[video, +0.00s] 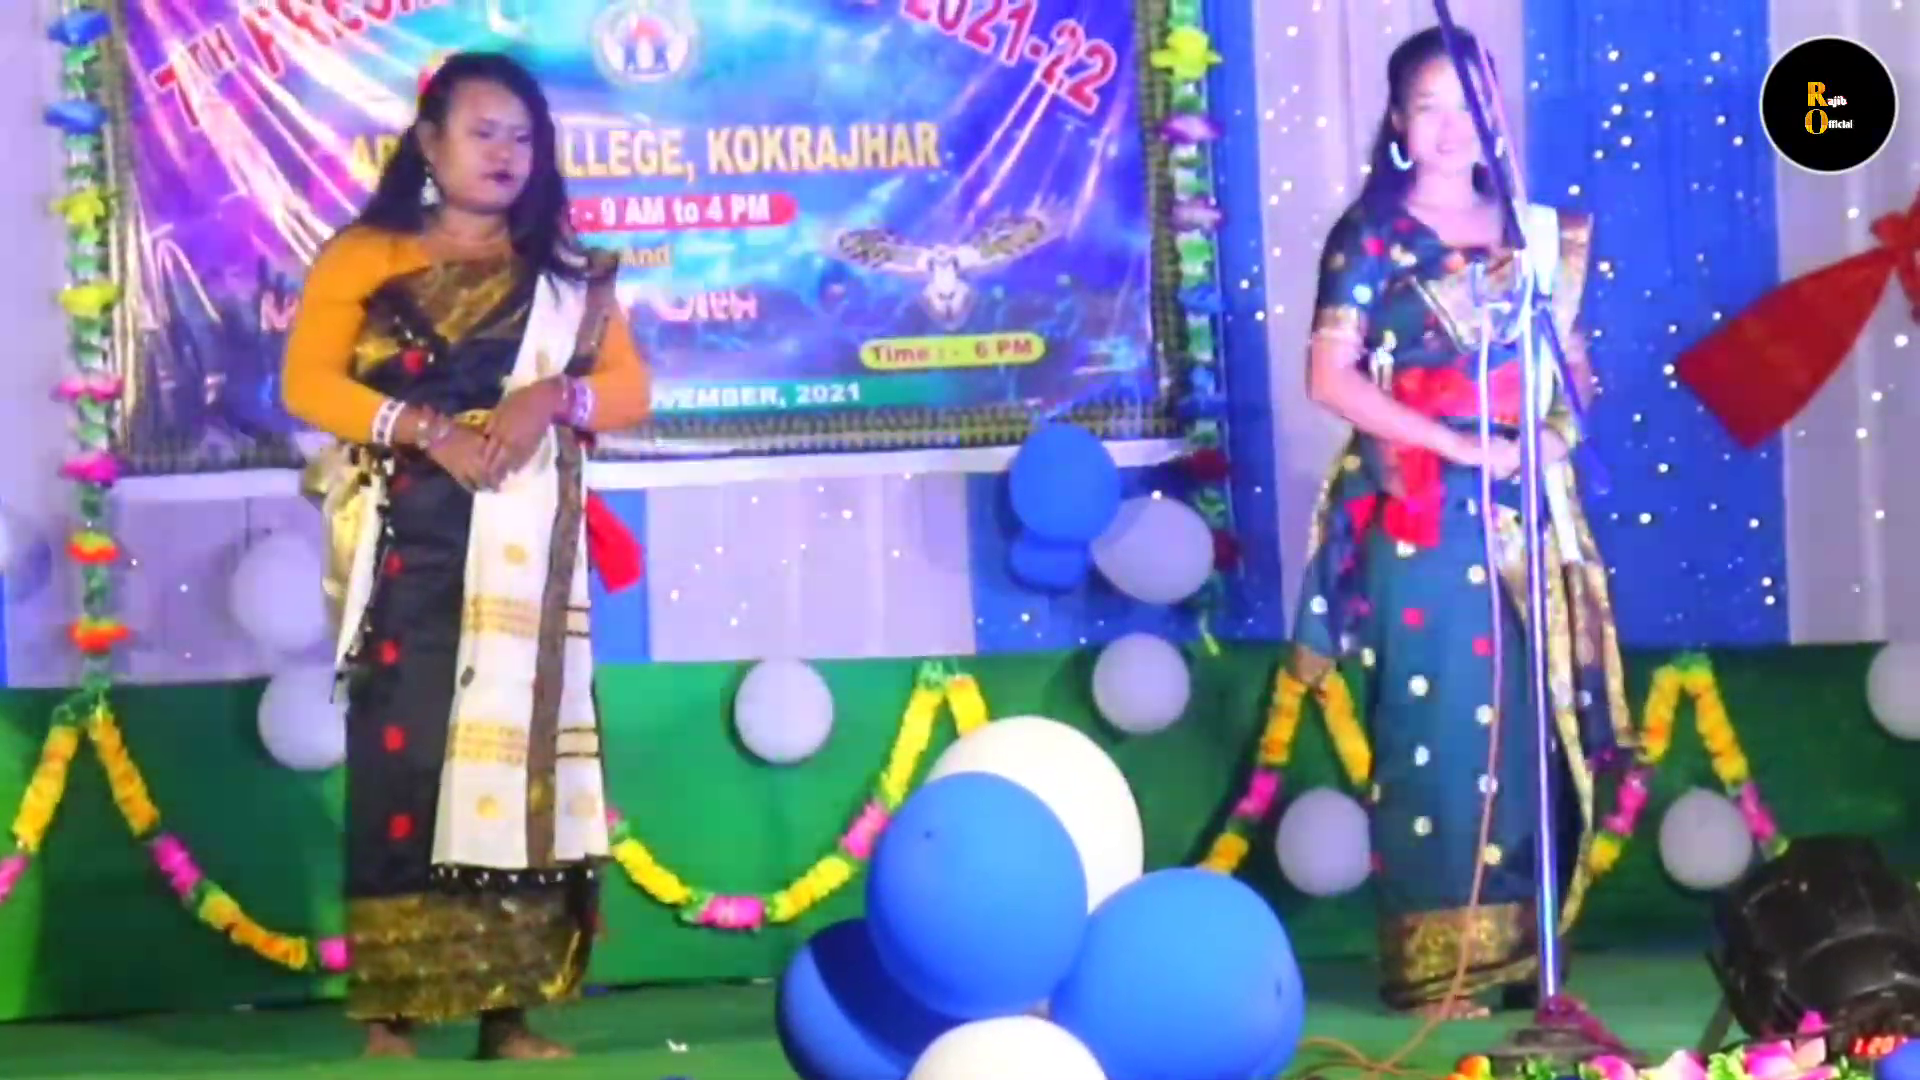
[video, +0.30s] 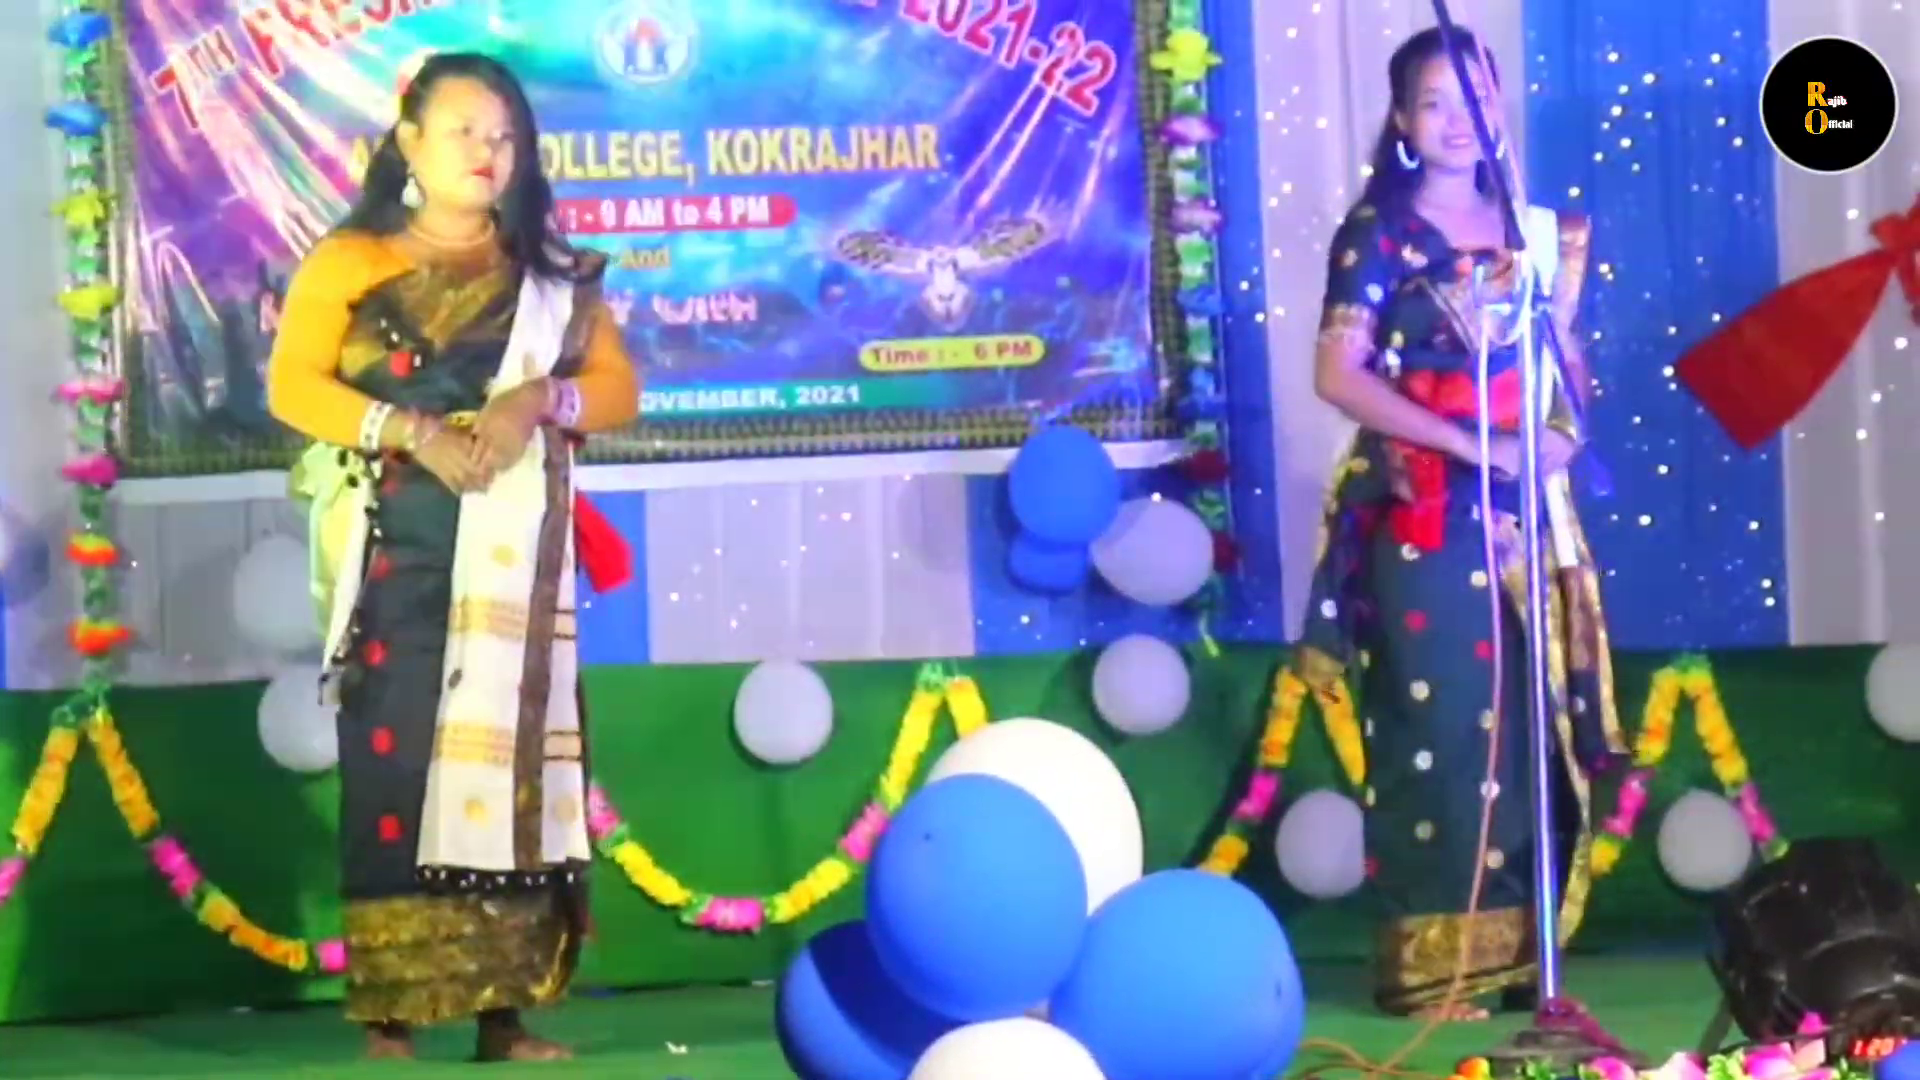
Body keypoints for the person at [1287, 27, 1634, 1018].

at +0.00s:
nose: (1444, 127)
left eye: (1460, 109)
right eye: (1425, 110)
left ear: (1488, 117)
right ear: (1399, 120)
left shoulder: (1530, 229)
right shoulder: (1371, 235)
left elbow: (1566, 382)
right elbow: (1329, 377)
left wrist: (1568, 301)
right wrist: (1458, 443)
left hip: (1531, 510)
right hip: (1427, 515)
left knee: (1538, 723)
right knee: (1441, 726)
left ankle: (1529, 957)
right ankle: (1440, 963)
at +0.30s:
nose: (1456, 122)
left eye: (1471, 103)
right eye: (1434, 105)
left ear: (1495, 112)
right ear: (1403, 119)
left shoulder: (1528, 227)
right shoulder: (1378, 232)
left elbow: (1566, 380)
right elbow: (1337, 374)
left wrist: (1564, 307)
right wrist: (1471, 443)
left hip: (1529, 509)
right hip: (1427, 516)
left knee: (1540, 728)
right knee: (1445, 730)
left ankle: (1531, 962)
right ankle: (1435, 965)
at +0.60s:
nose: (1456, 123)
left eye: (1470, 105)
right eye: (1435, 108)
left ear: (1494, 115)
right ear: (1405, 122)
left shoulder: (1528, 228)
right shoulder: (1377, 233)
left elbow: (1553, 359)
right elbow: (1336, 377)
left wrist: (1554, 435)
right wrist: (1460, 450)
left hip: (1523, 507)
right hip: (1427, 514)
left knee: (1534, 722)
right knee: (1442, 723)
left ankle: (1523, 955)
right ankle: (1434, 960)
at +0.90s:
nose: (1451, 129)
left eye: (1467, 112)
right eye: (1431, 113)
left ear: (1492, 119)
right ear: (1401, 124)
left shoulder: (1529, 230)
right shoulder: (1371, 235)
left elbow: (1561, 363)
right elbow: (1330, 377)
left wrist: (1551, 424)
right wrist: (1451, 447)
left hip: (1524, 512)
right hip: (1421, 518)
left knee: (1533, 725)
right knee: (1437, 728)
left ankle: (1522, 961)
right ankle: (1429, 966)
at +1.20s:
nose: (1444, 131)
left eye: (1462, 114)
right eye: (1426, 114)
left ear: (1489, 123)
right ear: (1397, 125)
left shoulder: (1527, 232)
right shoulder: (1368, 239)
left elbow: (1562, 370)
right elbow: (1328, 381)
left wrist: (1549, 416)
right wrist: (1451, 447)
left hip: (1526, 513)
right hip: (1421, 519)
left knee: (1535, 728)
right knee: (1438, 730)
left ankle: (1522, 961)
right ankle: (1431, 969)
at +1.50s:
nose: (1452, 134)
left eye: (1467, 116)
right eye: (1432, 116)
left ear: (1490, 124)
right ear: (1398, 126)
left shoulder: (1525, 234)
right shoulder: (1366, 242)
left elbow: (1560, 391)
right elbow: (1328, 385)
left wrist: (1561, 308)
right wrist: (1457, 451)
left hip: (1529, 515)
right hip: (1426, 520)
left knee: (1538, 729)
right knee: (1440, 730)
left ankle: (1530, 967)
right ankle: (1438, 968)